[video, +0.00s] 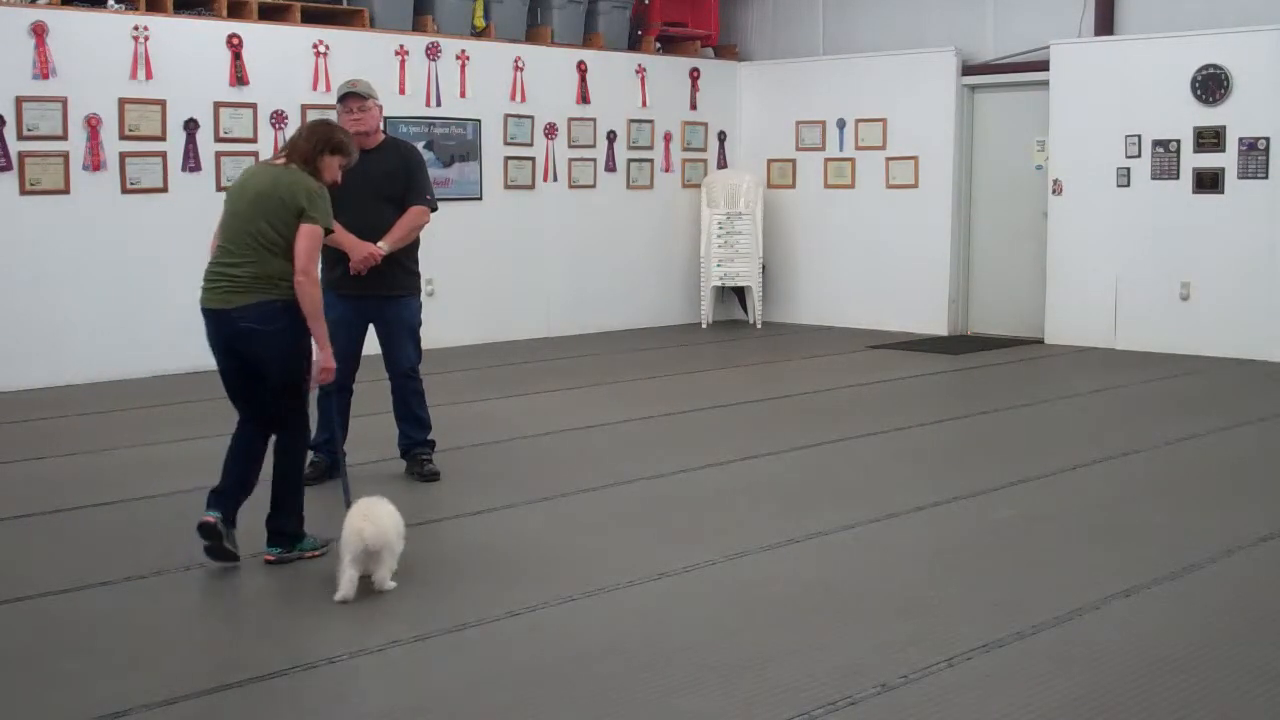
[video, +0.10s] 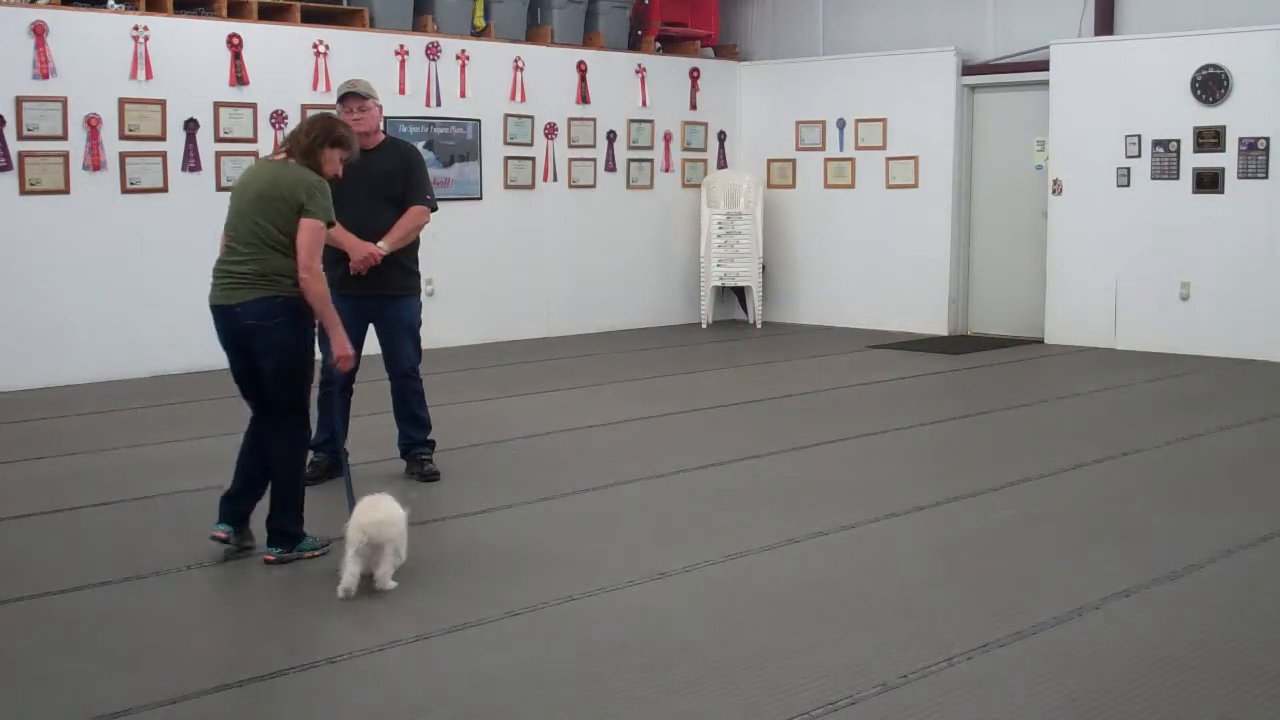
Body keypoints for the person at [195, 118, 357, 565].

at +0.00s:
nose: (340, 176)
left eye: (345, 167)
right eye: (340, 165)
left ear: (297, 151)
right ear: (318, 153)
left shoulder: (250, 176)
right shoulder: (314, 194)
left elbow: (218, 245)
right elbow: (305, 276)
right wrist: (324, 347)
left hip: (220, 312)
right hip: (273, 314)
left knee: (255, 417)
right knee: (293, 424)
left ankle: (219, 512)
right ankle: (286, 537)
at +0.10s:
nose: (340, 172)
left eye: (344, 163)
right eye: (339, 161)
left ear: (297, 145)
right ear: (317, 148)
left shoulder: (254, 173)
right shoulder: (313, 188)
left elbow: (230, 245)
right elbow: (309, 273)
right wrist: (337, 334)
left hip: (228, 308)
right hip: (277, 311)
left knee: (268, 415)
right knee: (290, 422)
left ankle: (232, 519)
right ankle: (285, 538)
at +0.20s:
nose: (340, 167)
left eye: (344, 158)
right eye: (339, 157)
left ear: (303, 142)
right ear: (321, 145)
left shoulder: (256, 171)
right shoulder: (310, 182)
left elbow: (257, 243)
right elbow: (307, 266)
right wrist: (345, 325)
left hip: (236, 303)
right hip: (279, 306)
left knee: (273, 414)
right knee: (292, 420)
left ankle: (250, 517)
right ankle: (285, 537)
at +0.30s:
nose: (339, 164)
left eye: (342, 155)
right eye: (338, 153)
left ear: (306, 140)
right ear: (317, 141)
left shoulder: (258, 172)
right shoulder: (305, 180)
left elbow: (259, 241)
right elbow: (300, 260)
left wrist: (310, 255)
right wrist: (342, 315)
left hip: (243, 305)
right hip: (283, 307)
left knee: (273, 413)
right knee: (294, 420)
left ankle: (256, 514)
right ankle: (285, 536)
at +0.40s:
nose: (338, 158)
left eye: (341, 149)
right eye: (335, 147)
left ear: (301, 136)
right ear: (312, 137)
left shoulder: (260, 170)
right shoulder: (299, 178)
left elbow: (307, 219)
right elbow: (288, 257)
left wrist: (348, 242)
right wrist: (335, 309)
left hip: (249, 302)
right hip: (283, 305)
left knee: (273, 413)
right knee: (297, 416)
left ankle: (256, 516)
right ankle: (285, 532)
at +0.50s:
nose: (336, 156)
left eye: (339, 147)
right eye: (332, 145)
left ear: (297, 137)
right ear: (308, 136)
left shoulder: (263, 168)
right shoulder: (294, 177)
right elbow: (279, 251)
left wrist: (328, 246)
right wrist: (329, 305)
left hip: (251, 301)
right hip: (283, 303)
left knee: (275, 409)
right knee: (321, 408)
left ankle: (256, 514)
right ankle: (289, 519)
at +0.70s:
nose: (337, 152)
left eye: (339, 144)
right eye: (334, 142)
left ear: (304, 133)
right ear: (310, 133)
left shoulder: (269, 169)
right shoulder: (294, 177)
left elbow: (308, 221)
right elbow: (280, 252)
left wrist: (338, 244)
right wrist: (335, 293)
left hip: (264, 299)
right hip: (289, 303)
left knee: (272, 409)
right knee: (312, 410)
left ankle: (258, 513)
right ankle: (316, 519)